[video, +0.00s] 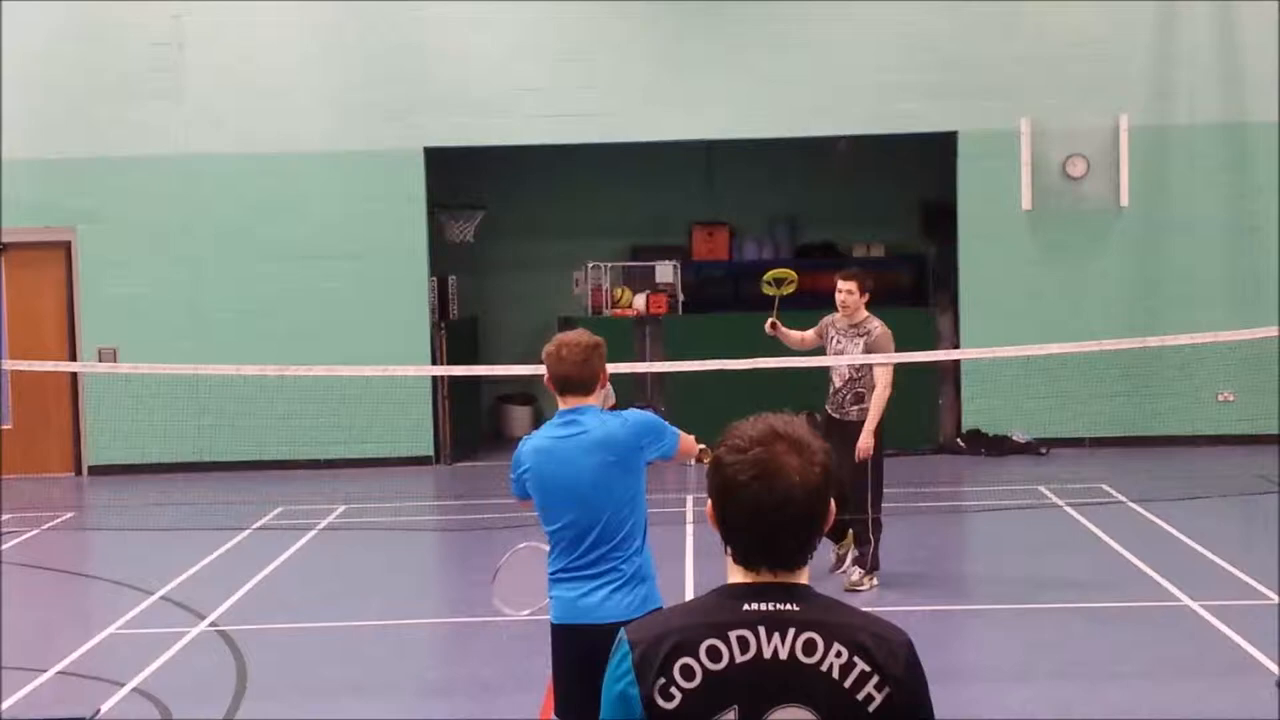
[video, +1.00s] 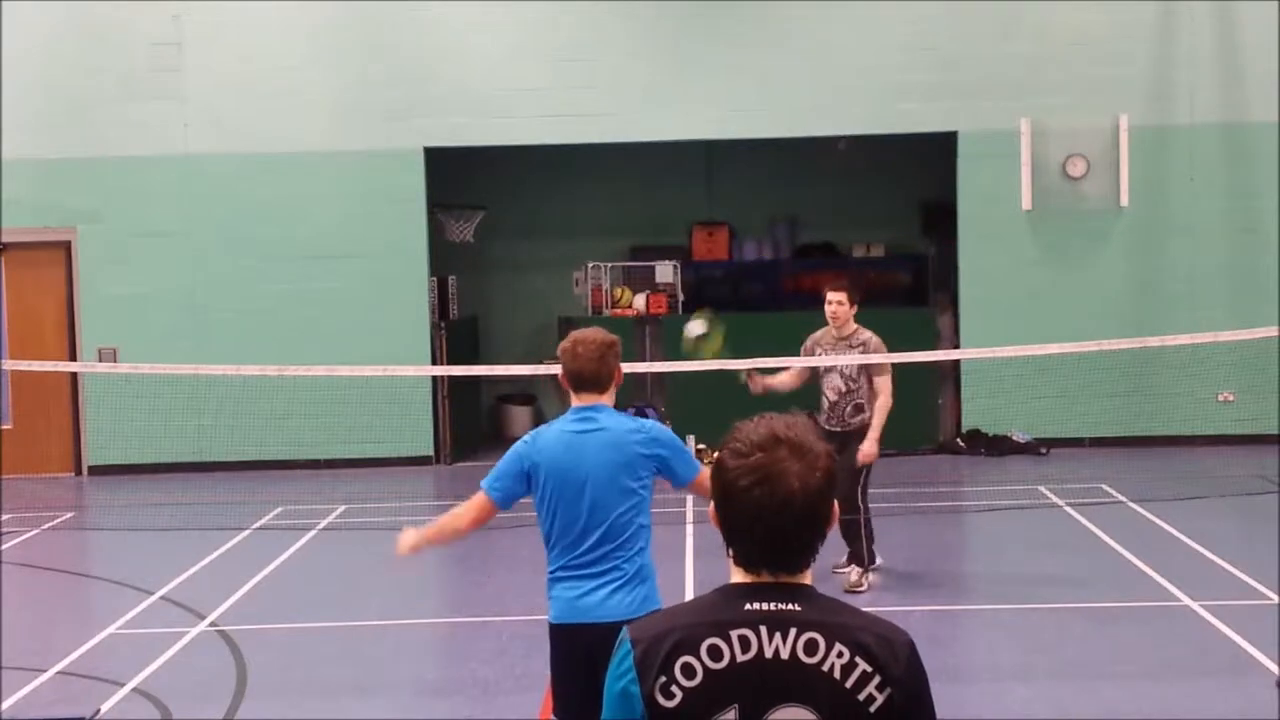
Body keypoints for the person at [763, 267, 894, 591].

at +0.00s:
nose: (842, 298)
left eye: (849, 293)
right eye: (839, 292)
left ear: (864, 297)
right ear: (835, 294)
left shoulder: (878, 333)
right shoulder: (831, 324)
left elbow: (883, 386)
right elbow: (804, 340)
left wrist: (868, 431)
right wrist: (780, 331)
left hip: (864, 424)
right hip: (833, 421)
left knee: (863, 494)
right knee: (827, 487)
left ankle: (866, 566)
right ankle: (843, 538)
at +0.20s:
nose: (841, 297)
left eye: (848, 292)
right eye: (839, 291)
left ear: (864, 296)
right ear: (834, 293)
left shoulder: (877, 332)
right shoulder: (830, 324)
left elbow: (883, 385)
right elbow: (804, 340)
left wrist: (869, 430)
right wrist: (779, 329)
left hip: (863, 424)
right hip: (833, 421)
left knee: (863, 493)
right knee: (827, 486)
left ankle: (866, 565)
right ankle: (843, 538)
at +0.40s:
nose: (840, 297)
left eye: (847, 292)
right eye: (838, 291)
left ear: (863, 296)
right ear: (834, 293)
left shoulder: (876, 332)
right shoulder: (829, 324)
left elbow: (882, 385)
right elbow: (802, 339)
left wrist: (868, 430)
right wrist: (777, 327)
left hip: (862, 424)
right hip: (832, 421)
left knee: (862, 493)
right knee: (824, 487)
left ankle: (866, 565)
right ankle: (845, 539)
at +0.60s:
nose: (838, 297)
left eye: (845, 292)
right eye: (835, 291)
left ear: (860, 296)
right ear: (831, 293)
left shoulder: (873, 331)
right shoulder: (827, 323)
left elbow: (879, 384)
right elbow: (800, 339)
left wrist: (866, 428)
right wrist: (774, 326)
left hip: (859, 423)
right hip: (830, 420)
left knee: (860, 493)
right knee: (828, 487)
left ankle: (866, 566)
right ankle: (847, 541)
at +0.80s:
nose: (834, 298)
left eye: (841, 293)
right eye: (831, 292)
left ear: (856, 298)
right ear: (827, 295)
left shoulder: (870, 333)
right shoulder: (822, 325)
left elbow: (876, 385)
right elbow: (794, 344)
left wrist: (862, 428)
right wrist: (770, 331)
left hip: (857, 424)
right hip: (829, 422)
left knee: (858, 493)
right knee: (834, 489)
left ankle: (867, 565)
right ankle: (853, 545)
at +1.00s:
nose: (832, 310)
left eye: (839, 304)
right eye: (829, 304)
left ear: (853, 308)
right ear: (824, 307)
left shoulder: (871, 344)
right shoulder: (816, 342)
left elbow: (884, 395)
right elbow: (796, 377)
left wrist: (872, 438)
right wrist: (766, 382)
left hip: (858, 432)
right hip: (827, 431)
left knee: (849, 496)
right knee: (842, 497)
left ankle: (860, 561)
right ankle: (861, 551)